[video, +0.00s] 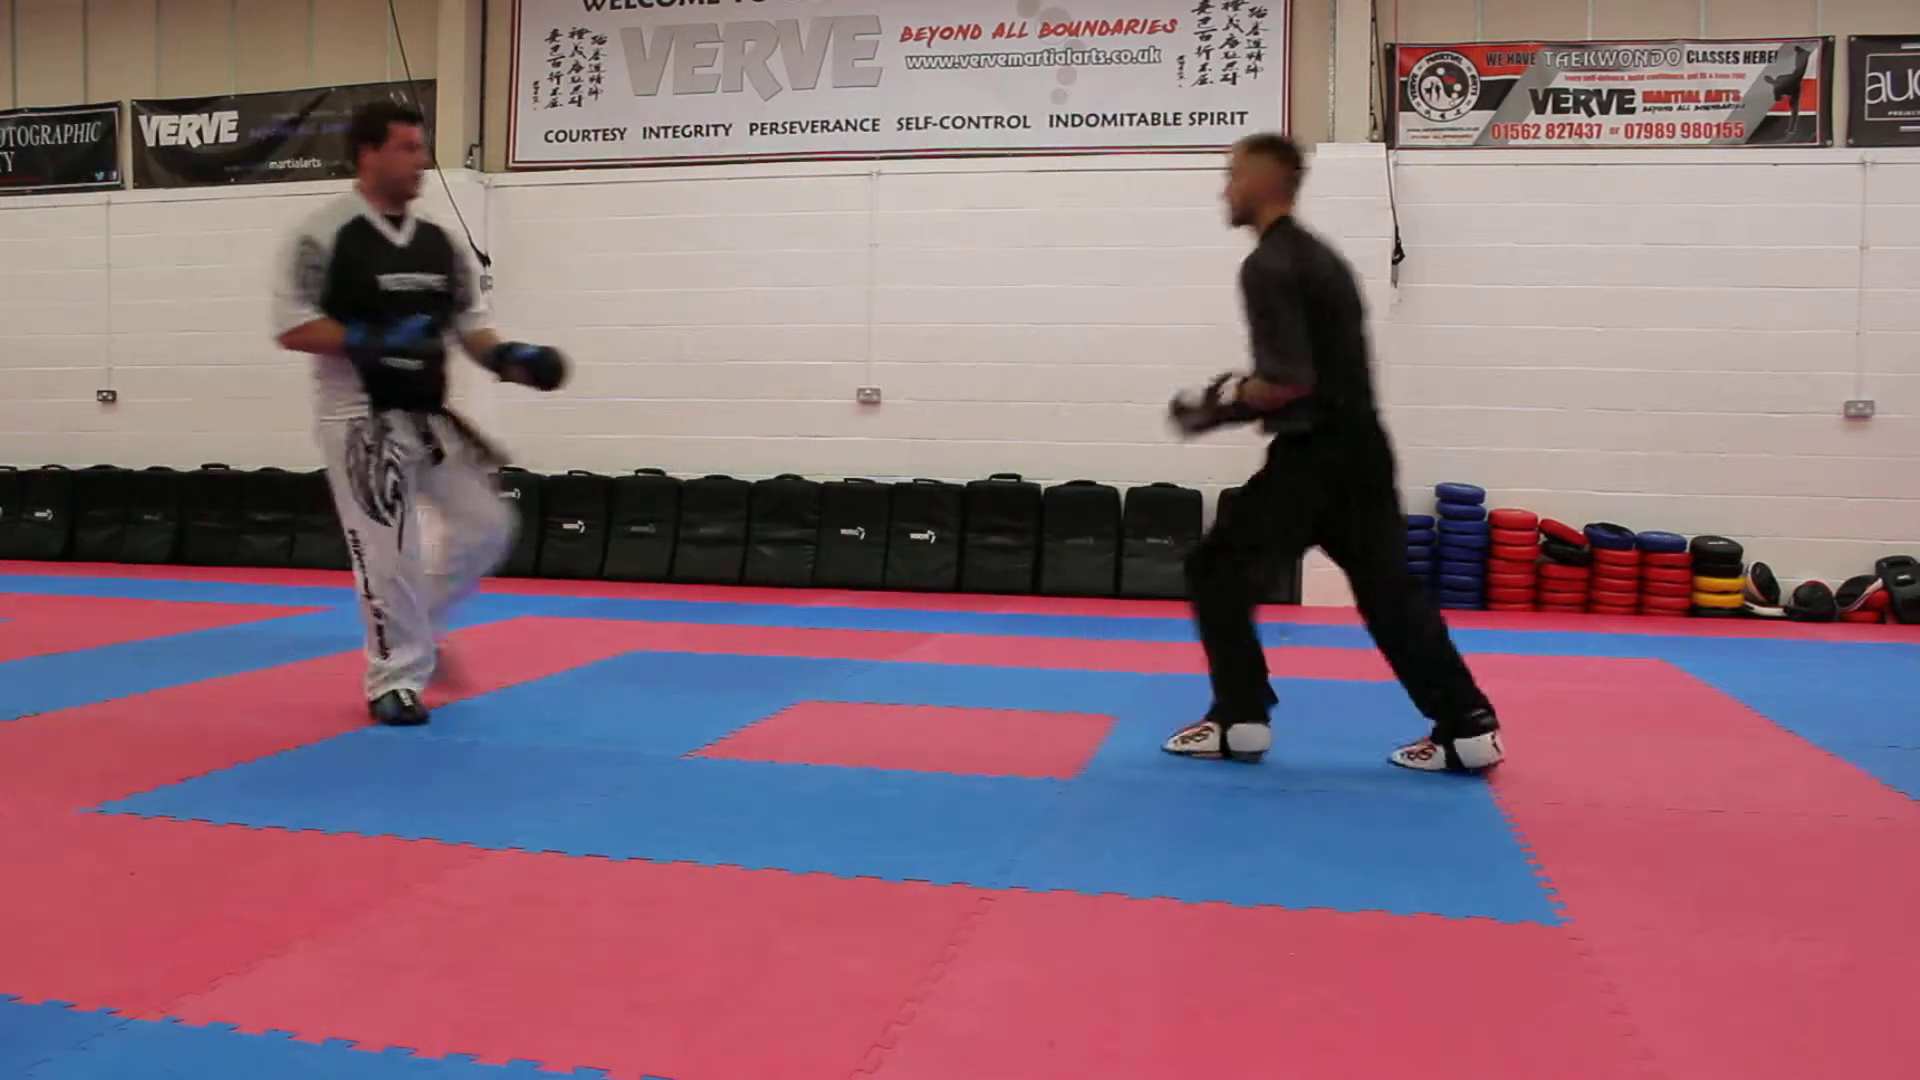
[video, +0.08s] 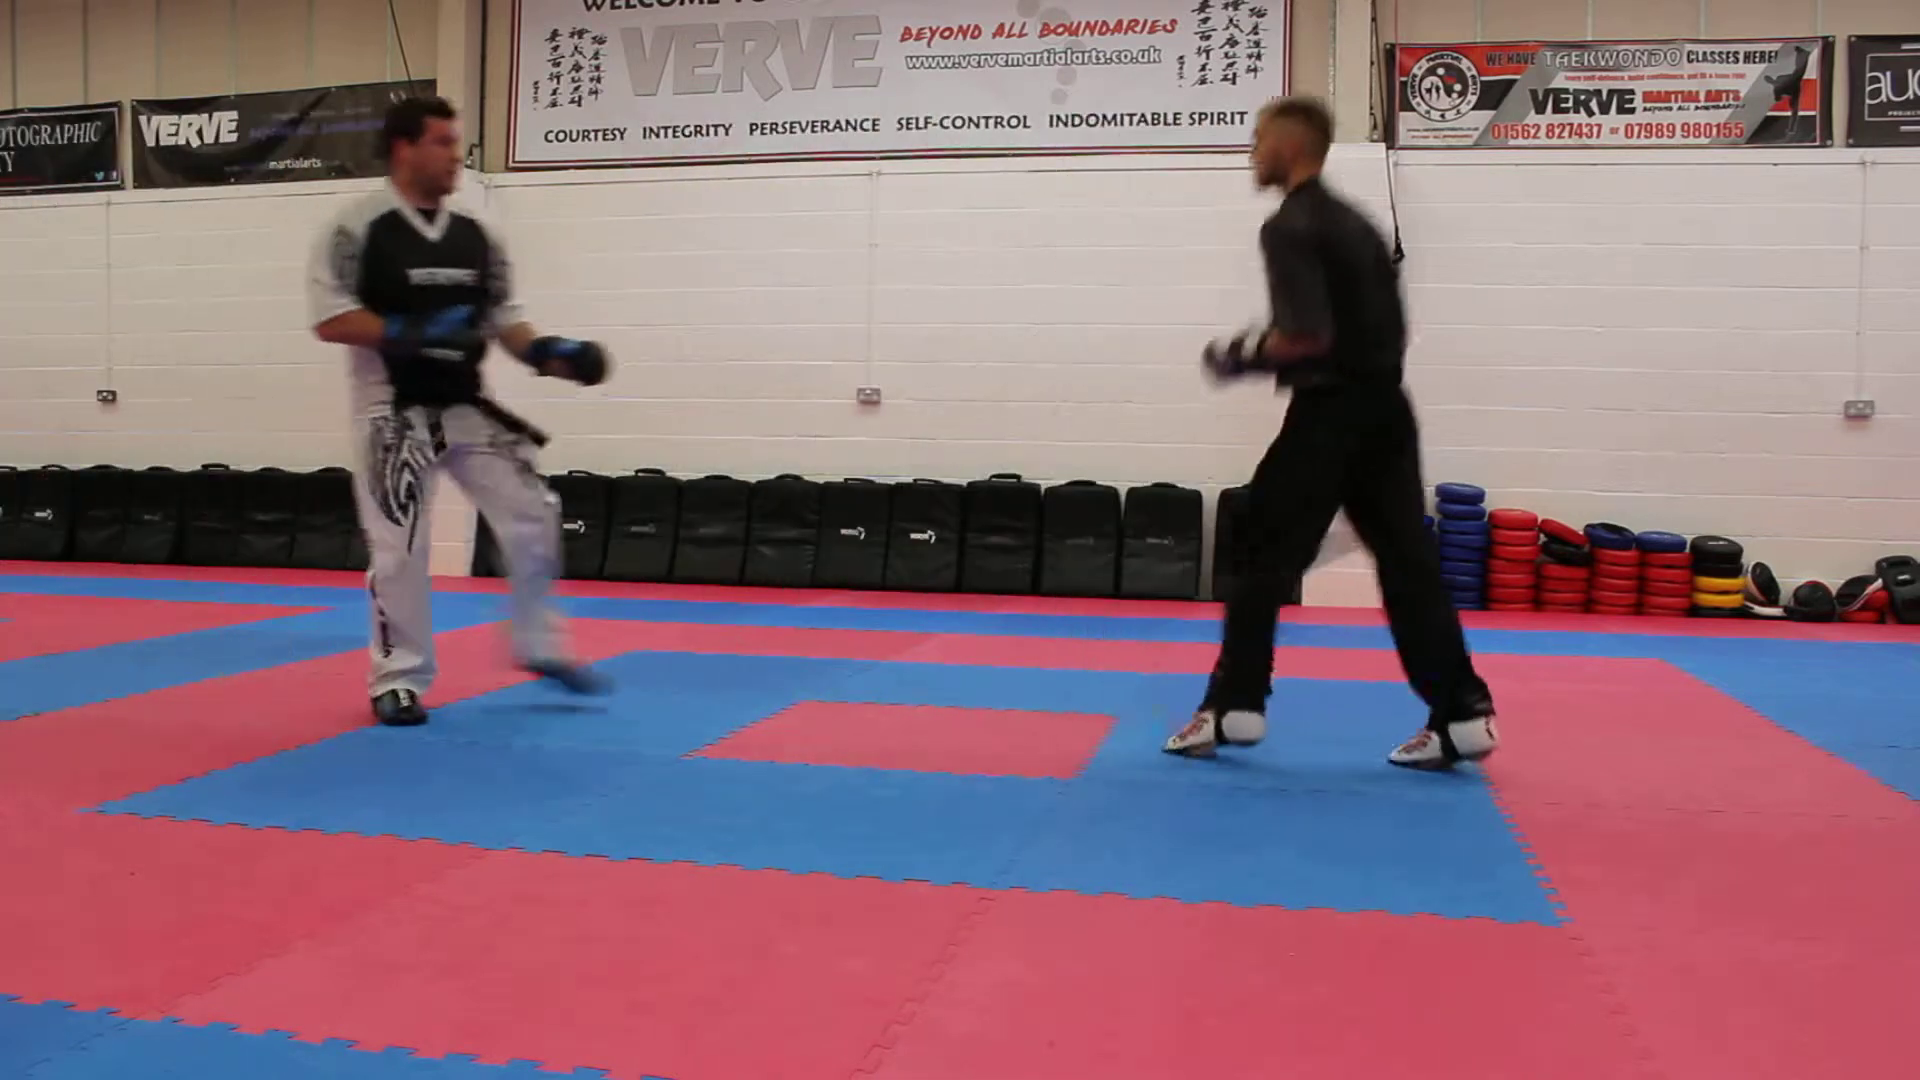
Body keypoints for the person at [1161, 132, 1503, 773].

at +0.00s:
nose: (1225, 187)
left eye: (1236, 173)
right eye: (1228, 173)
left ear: (1273, 183)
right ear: (1283, 186)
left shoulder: (1270, 265)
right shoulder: (1324, 260)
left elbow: (1287, 381)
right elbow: (1314, 382)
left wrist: (1237, 394)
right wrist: (1230, 408)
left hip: (1308, 466)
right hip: (1360, 463)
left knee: (1216, 571)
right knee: (1390, 598)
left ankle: (1240, 718)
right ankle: (1468, 728)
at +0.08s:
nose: (1251, 151)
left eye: (1261, 139)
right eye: (1255, 139)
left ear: (1293, 146)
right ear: (1307, 149)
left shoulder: (1289, 228)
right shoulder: (1358, 225)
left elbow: (1309, 337)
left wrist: (1243, 352)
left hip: (1324, 422)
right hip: (1382, 418)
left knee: (1262, 550)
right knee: (1409, 564)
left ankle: (1235, 705)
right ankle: (1462, 714)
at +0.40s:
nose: (1336, 157)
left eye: (1346, 145)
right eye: (1339, 145)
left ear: (1378, 154)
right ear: (1398, 156)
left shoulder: (1361, 240)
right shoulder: (1455, 241)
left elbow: (1359, 357)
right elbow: (1472, 356)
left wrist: (1298, 362)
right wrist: (1382, 350)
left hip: (1375, 442)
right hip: (1449, 440)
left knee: (1302, 567)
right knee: (1474, 582)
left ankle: (1262, 729)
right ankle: (1516, 742)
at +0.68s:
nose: (1323, 148)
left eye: (1331, 136)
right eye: (1327, 135)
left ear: (1363, 144)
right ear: (1390, 149)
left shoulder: (1321, 227)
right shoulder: (1446, 233)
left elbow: (1285, 333)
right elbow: (1456, 344)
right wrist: (1384, 332)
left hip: (1342, 424)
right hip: (1420, 424)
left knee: (1308, 575)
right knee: (1421, 564)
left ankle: (1270, 730)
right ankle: (1441, 698)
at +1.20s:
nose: (1176, 163)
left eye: (1184, 151)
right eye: (1179, 150)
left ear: (1204, 155)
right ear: (1238, 158)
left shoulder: (1175, 214)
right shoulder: (1284, 250)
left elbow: (1100, 247)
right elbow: (1277, 356)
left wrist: (1065, 242)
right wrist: (1212, 336)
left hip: (1124, 371)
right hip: (1189, 415)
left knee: (1014, 400)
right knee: (1176, 554)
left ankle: (907, 443)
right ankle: (1214, 702)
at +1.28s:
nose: (1151, 182)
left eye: (1156, 171)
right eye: (1155, 170)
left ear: (1164, 179)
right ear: (1208, 181)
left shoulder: (1136, 247)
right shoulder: (1239, 274)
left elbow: (1089, 321)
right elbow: (1226, 374)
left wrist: (1046, 314)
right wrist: (1168, 386)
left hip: (1077, 410)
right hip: (1149, 440)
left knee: (979, 470)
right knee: (1171, 566)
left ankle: (875, 539)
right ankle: (1212, 714)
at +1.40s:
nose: (1061, 194)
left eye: (1068, 184)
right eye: (1065, 183)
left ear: (1080, 191)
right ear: (1107, 195)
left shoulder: (1049, 258)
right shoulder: (1142, 275)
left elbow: (971, 302)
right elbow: (1134, 373)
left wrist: (972, 287)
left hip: (1021, 451)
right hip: (1094, 459)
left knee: (955, 556)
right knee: (1149, 580)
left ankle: (893, 683)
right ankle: (1210, 716)